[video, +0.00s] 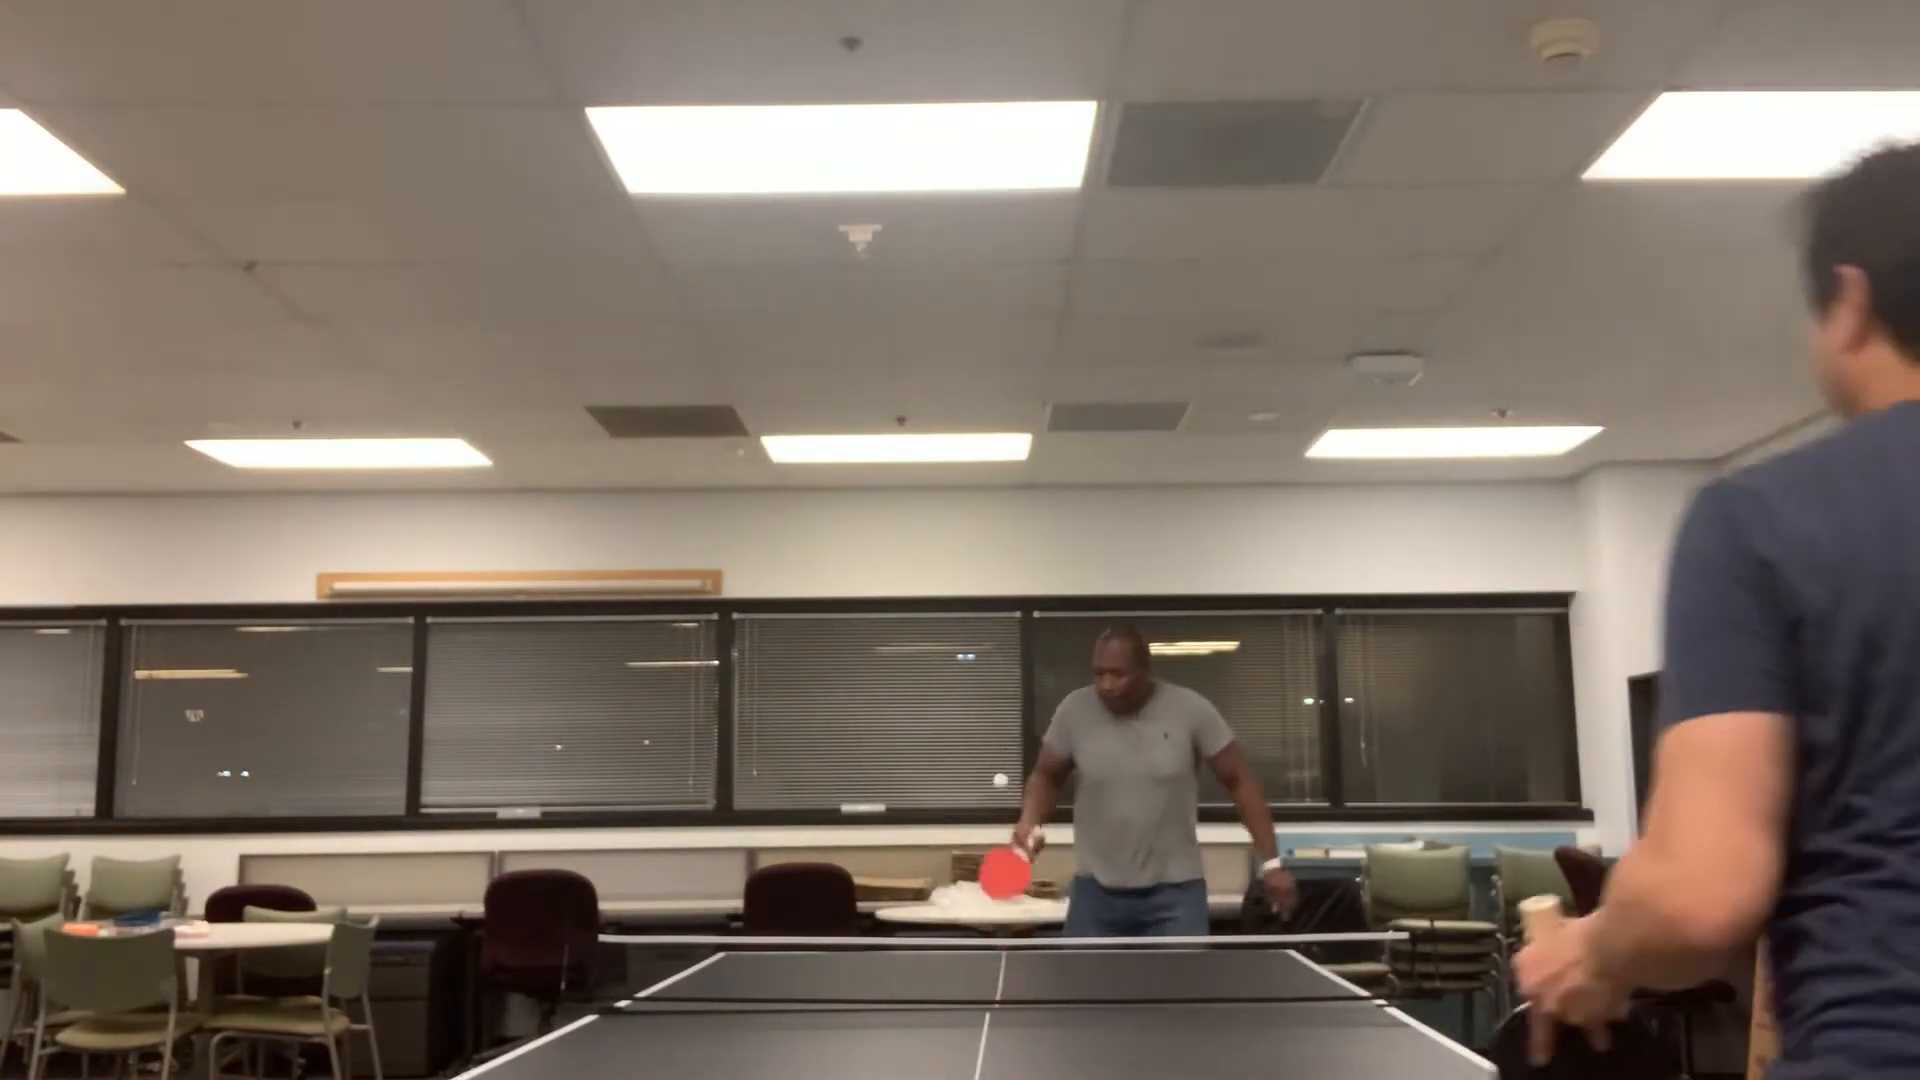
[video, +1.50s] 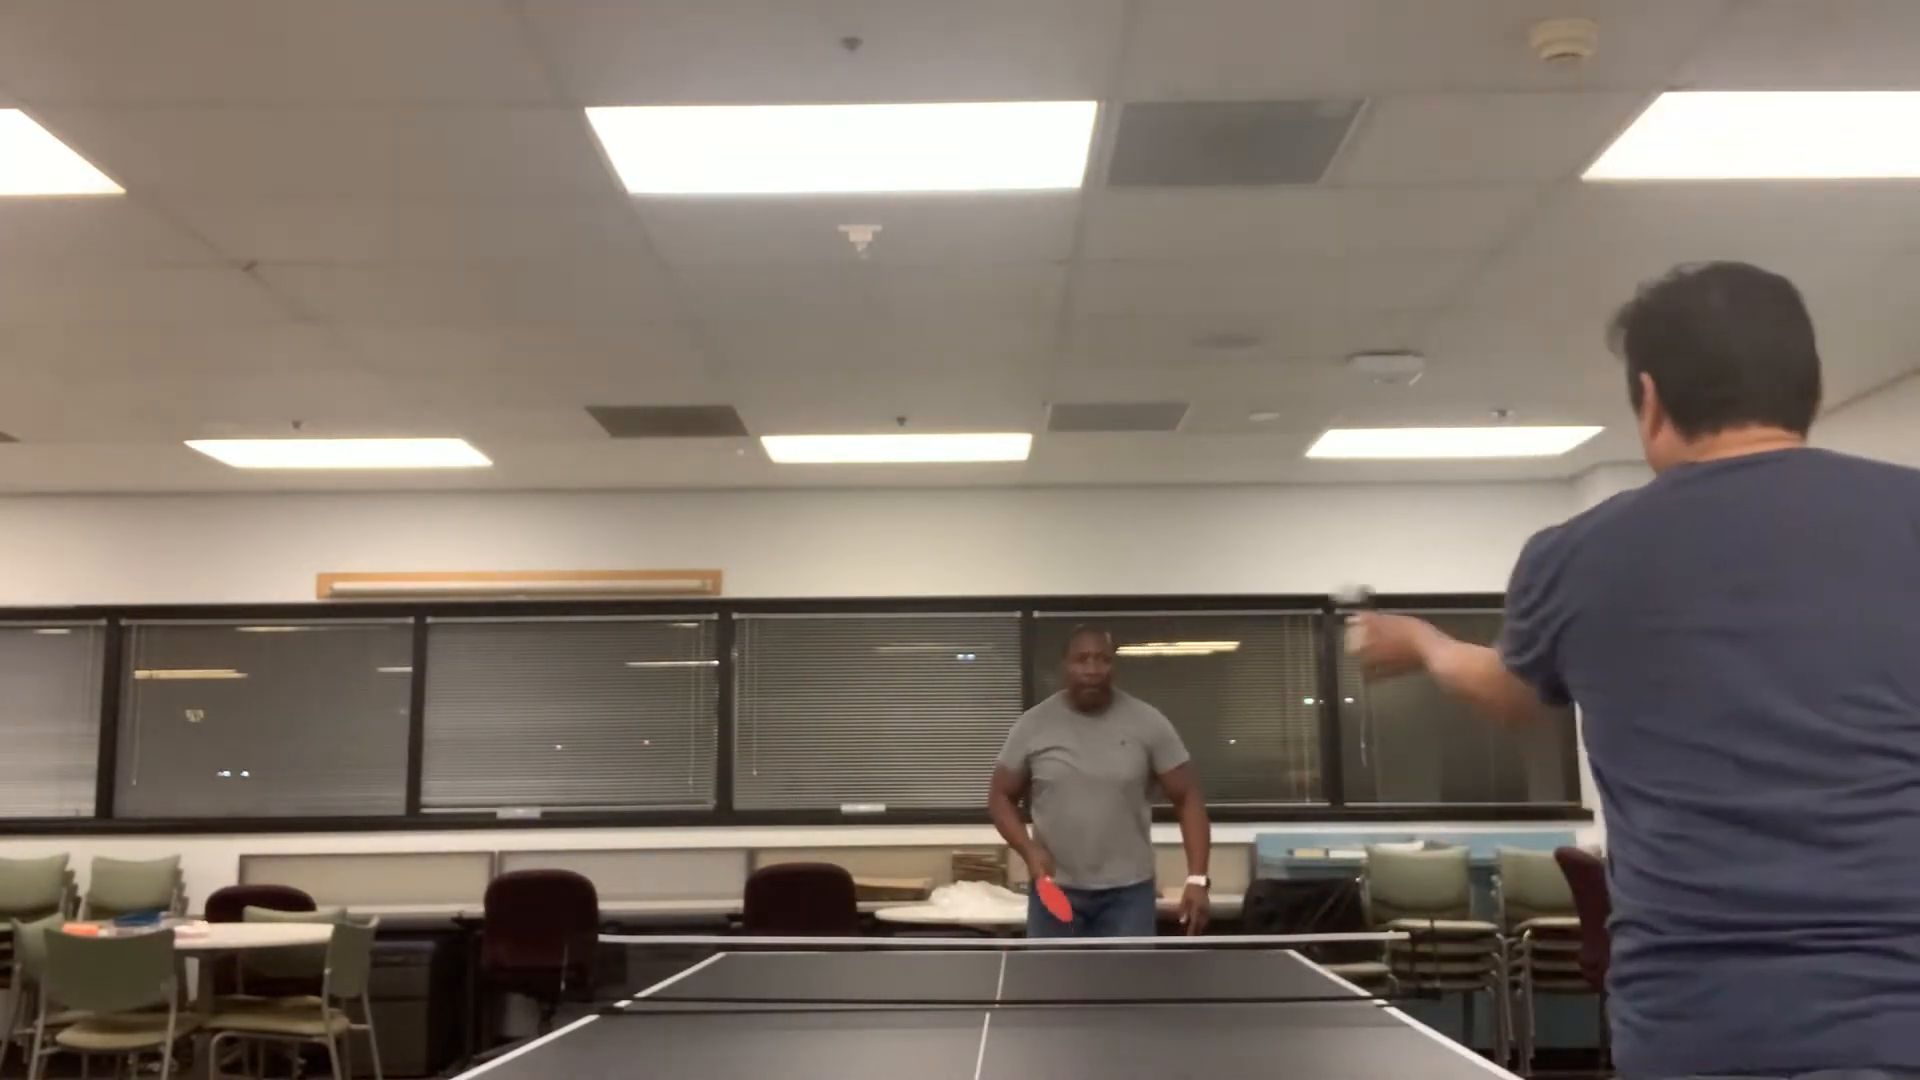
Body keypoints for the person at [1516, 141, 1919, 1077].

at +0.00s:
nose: (1812, 349)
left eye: (1812, 312)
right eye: (1811, 315)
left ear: (1853, 301)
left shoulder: (1772, 517)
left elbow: (1706, 896)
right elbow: (1708, 893)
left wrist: (1593, 959)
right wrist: (1603, 956)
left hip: (1867, 1041)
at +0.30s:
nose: (1508, 273)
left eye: (1502, 238)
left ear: (1534, 231)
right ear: (1747, 220)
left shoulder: (1519, 450)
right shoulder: (1902, 399)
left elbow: (1501, 863)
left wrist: (1303, 955)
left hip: (1699, 1042)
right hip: (1905, 1027)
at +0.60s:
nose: (1619, 292)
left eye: (1614, 255)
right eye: (1613, 259)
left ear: (1648, 247)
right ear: (1856, 235)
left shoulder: (1650, 466)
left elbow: (1657, 863)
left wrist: (1415, 1015)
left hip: (1771, 1045)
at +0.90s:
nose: (1841, 353)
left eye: (1839, 319)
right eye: (1837, 321)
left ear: (1874, 301)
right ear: (1882, 296)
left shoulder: (1801, 535)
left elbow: (1694, 924)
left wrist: (1630, 913)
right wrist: (1650, 905)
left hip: (1888, 1045)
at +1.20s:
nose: (1752, 435)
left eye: (1750, 410)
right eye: (1748, 412)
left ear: (1778, 408)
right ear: (1914, 387)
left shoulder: (1697, 594)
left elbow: (1613, 858)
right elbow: (1613, 857)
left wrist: (1593, 752)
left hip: (1809, 1050)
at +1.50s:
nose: (1638, 427)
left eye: (1634, 406)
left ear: (1651, 401)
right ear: (1810, 392)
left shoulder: (1575, 559)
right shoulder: (1907, 507)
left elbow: (1517, 695)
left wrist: (1420, 642)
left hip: (1681, 1036)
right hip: (1890, 1022)